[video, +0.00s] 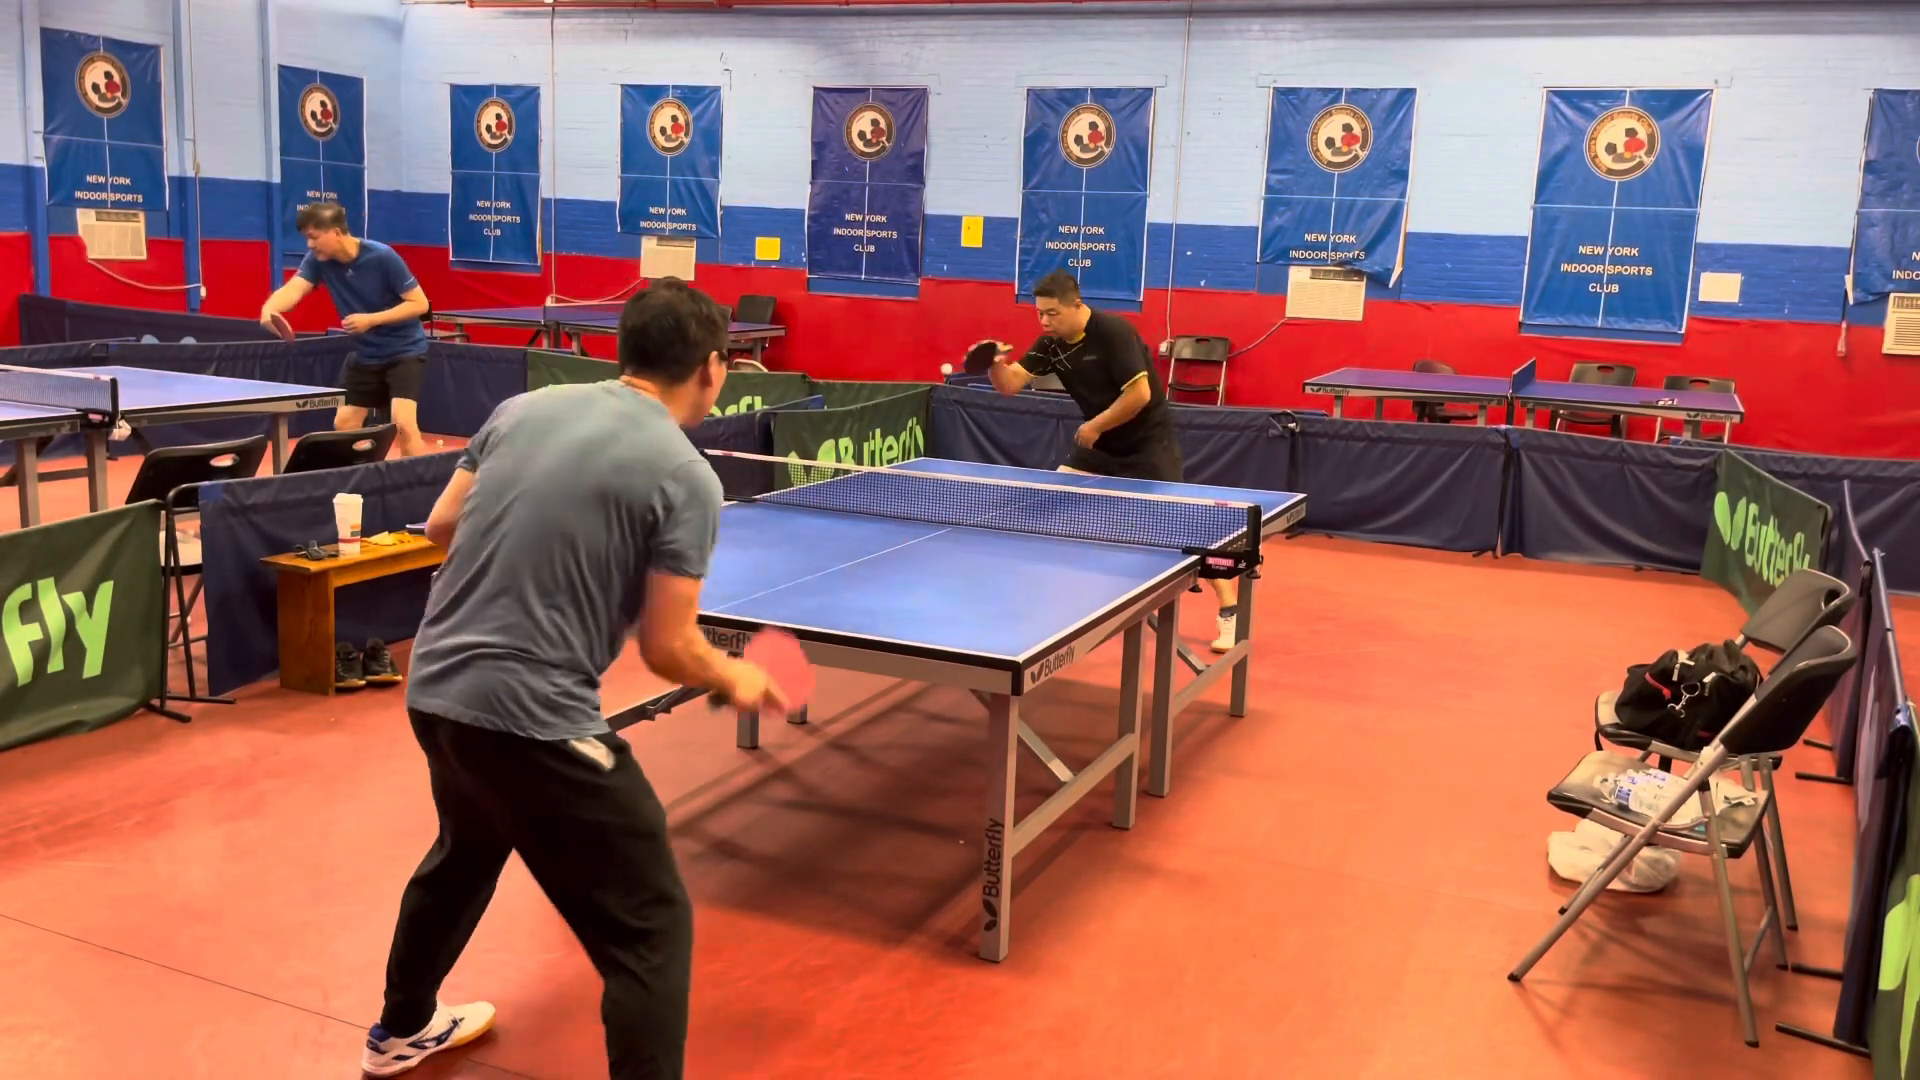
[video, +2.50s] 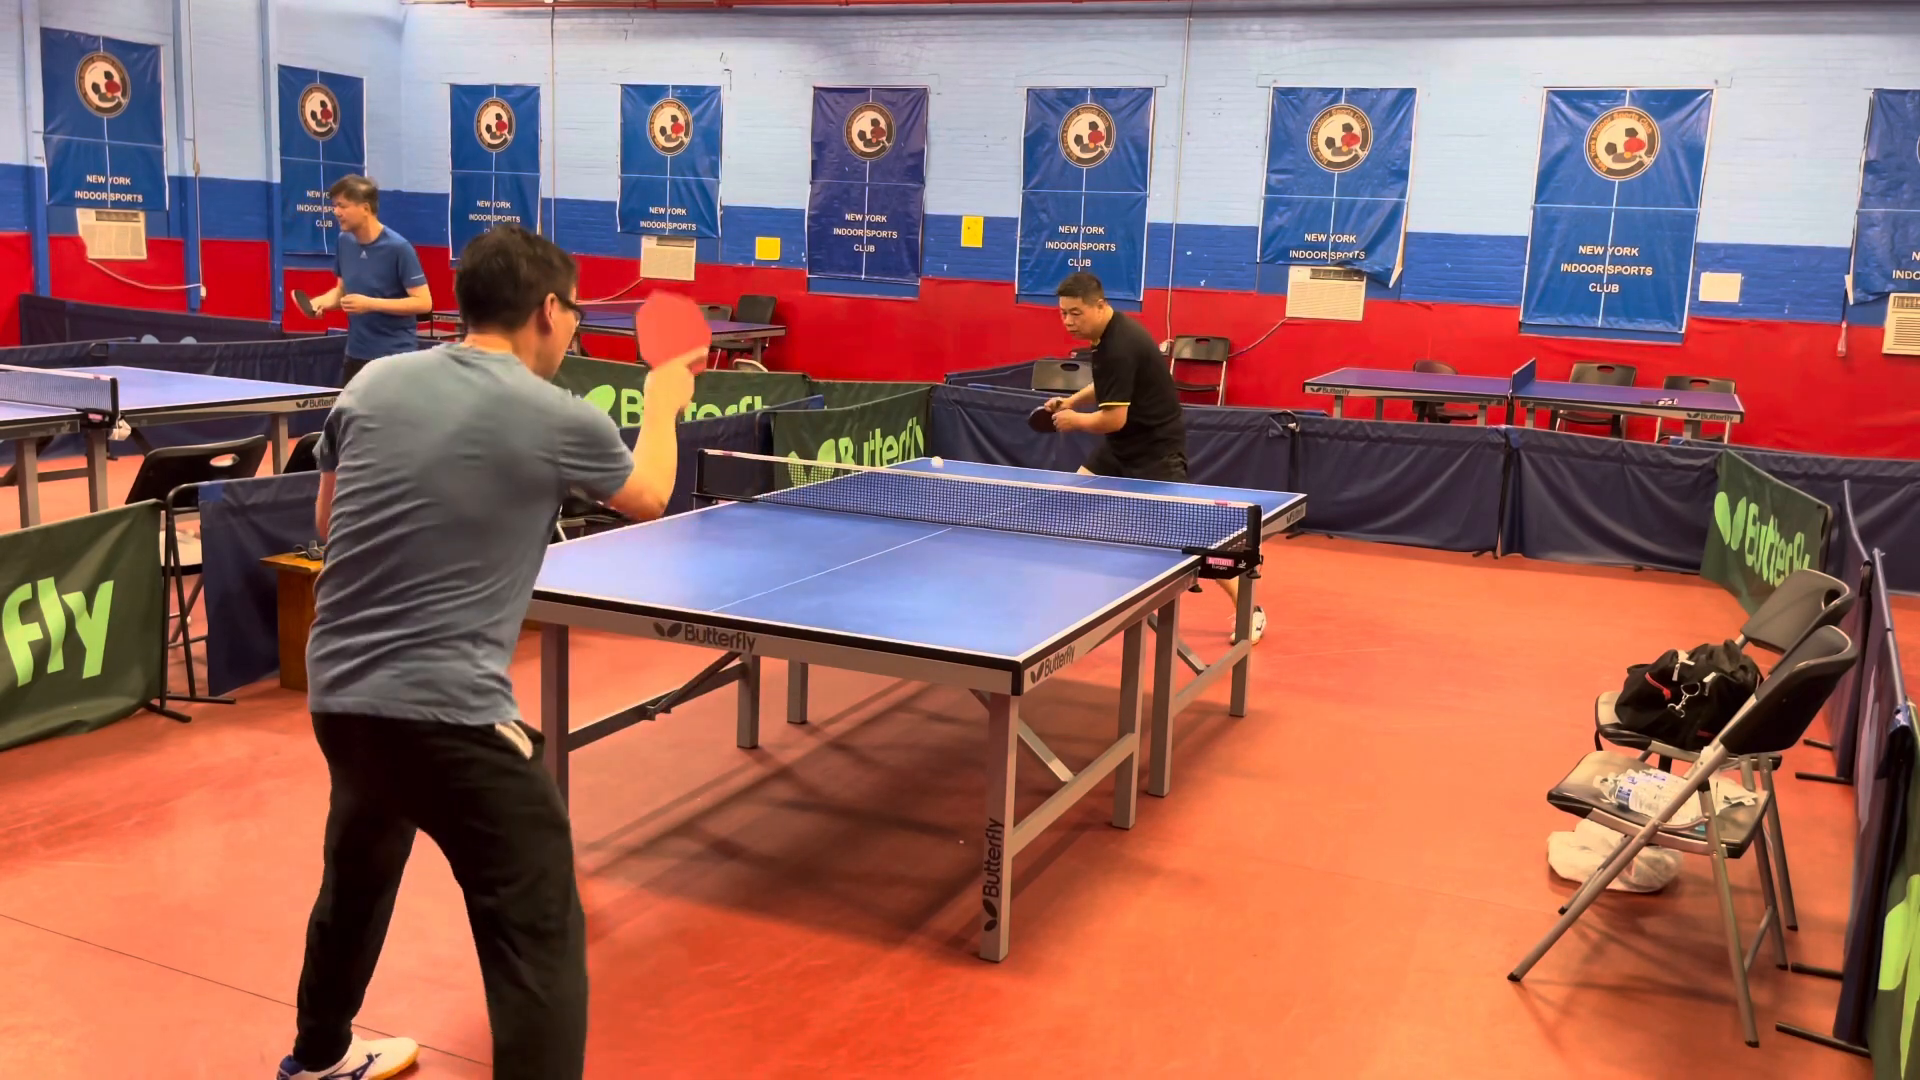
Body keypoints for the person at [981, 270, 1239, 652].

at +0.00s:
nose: (1044, 323)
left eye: (1051, 314)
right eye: (1040, 314)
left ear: (1077, 306)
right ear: (1040, 311)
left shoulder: (1113, 331)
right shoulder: (1051, 342)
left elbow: (1139, 393)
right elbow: (1010, 384)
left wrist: (1096, 426)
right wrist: (997, 365)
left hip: (1148, 443)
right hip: (1100, 443)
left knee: (1178, 521)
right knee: (1048, 504)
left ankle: (1228, 606)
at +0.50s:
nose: (1028, 326)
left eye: (1036, 317)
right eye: (1021, 318)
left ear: (1057, 313)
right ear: (1016, 317)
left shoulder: (1087, 348)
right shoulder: (1023, 351)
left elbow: (1102, 412)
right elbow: (1022, 399)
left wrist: (1046, 421)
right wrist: (1002, 429)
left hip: (1114, 447)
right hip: (1062, 446)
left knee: (1150, 515)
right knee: (1010, 497)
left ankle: (1199, 593)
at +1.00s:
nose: (1097, 325)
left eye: (1105, 315)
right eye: (1091, 317)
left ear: (1126, 307)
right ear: (1086, 315)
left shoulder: (1167, 339)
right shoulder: (1088, 348)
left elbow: (1193, 399)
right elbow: (1069, 414)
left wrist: (1138, 422)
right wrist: (1081, 383)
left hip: (1163, 452)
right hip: (1105, 450)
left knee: (1197, 519)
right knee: (1049, 500)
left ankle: (1230, 605)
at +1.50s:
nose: (1069, 324)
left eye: (1076, 315)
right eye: (1063, 315)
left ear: (1100, 308)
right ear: (1059, 313)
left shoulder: (1121, 346)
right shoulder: (1092, 339)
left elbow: (1121, 420)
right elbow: (1096, 389)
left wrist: (1070, 418)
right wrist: (1062, 412)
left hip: (1149, 453)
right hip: (1111, 447)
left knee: (1178, 528)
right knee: (1063, 502)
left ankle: (1234, 605)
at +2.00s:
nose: (1139, 310)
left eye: (1148, 302)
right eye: (1134, 301)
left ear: (1170, 299)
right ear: (1127, 298)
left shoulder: (1195, 341)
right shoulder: (1120, 329)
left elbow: (1208, 409)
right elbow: (1096, 385)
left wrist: (1149, 424)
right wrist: (1112, 379)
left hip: (1174, 452)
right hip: (1121, 445)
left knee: (1197, 522)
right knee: (1067, 497)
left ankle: (1231, 609)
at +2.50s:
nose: (1067, 322)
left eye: (1074, 314)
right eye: (1063, 314)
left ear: (1100, 306)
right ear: (1064, 310)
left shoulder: (1121, 344)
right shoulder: (1106, 334)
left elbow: (1115, 419)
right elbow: (1108, 383)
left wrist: (1076, 421)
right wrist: (1071, 401)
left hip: (1157, 452)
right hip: (1119, 446)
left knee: (1191, 532)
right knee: (1069, 506)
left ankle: (1248, 612)